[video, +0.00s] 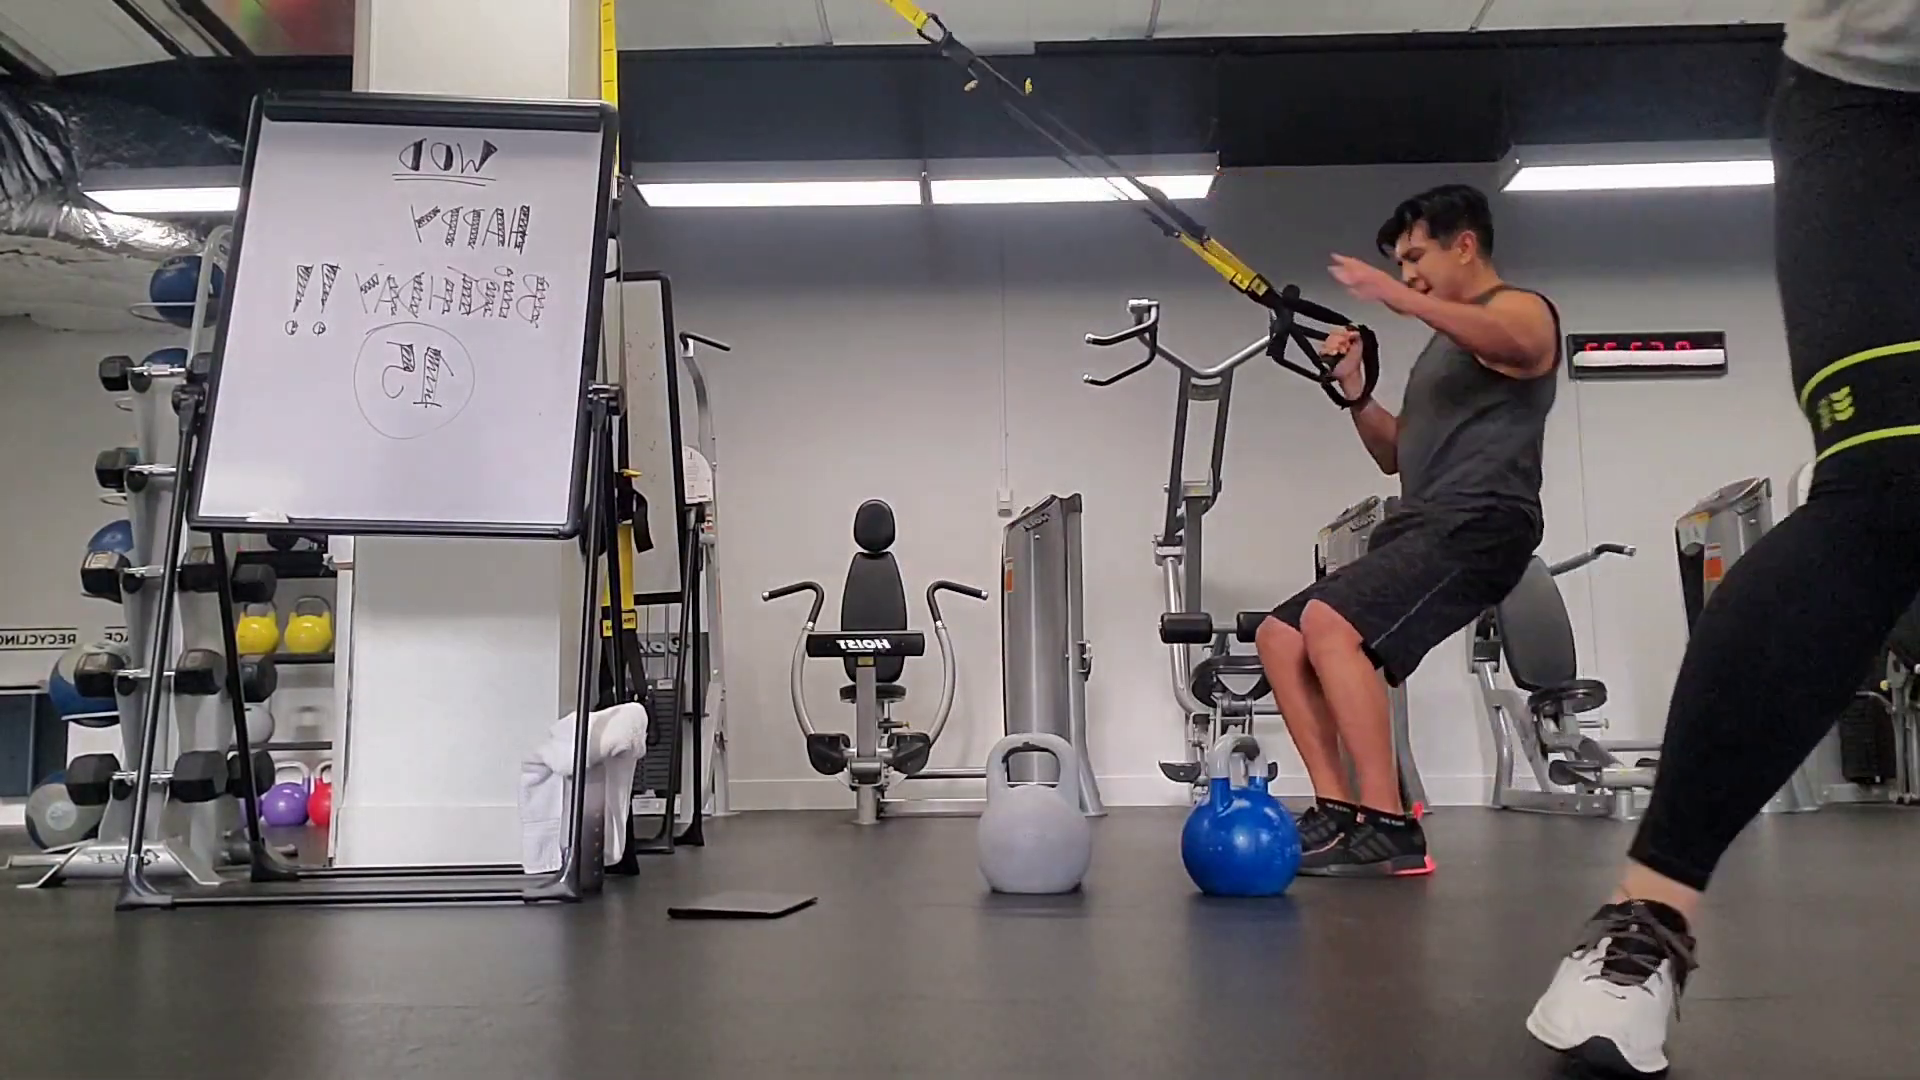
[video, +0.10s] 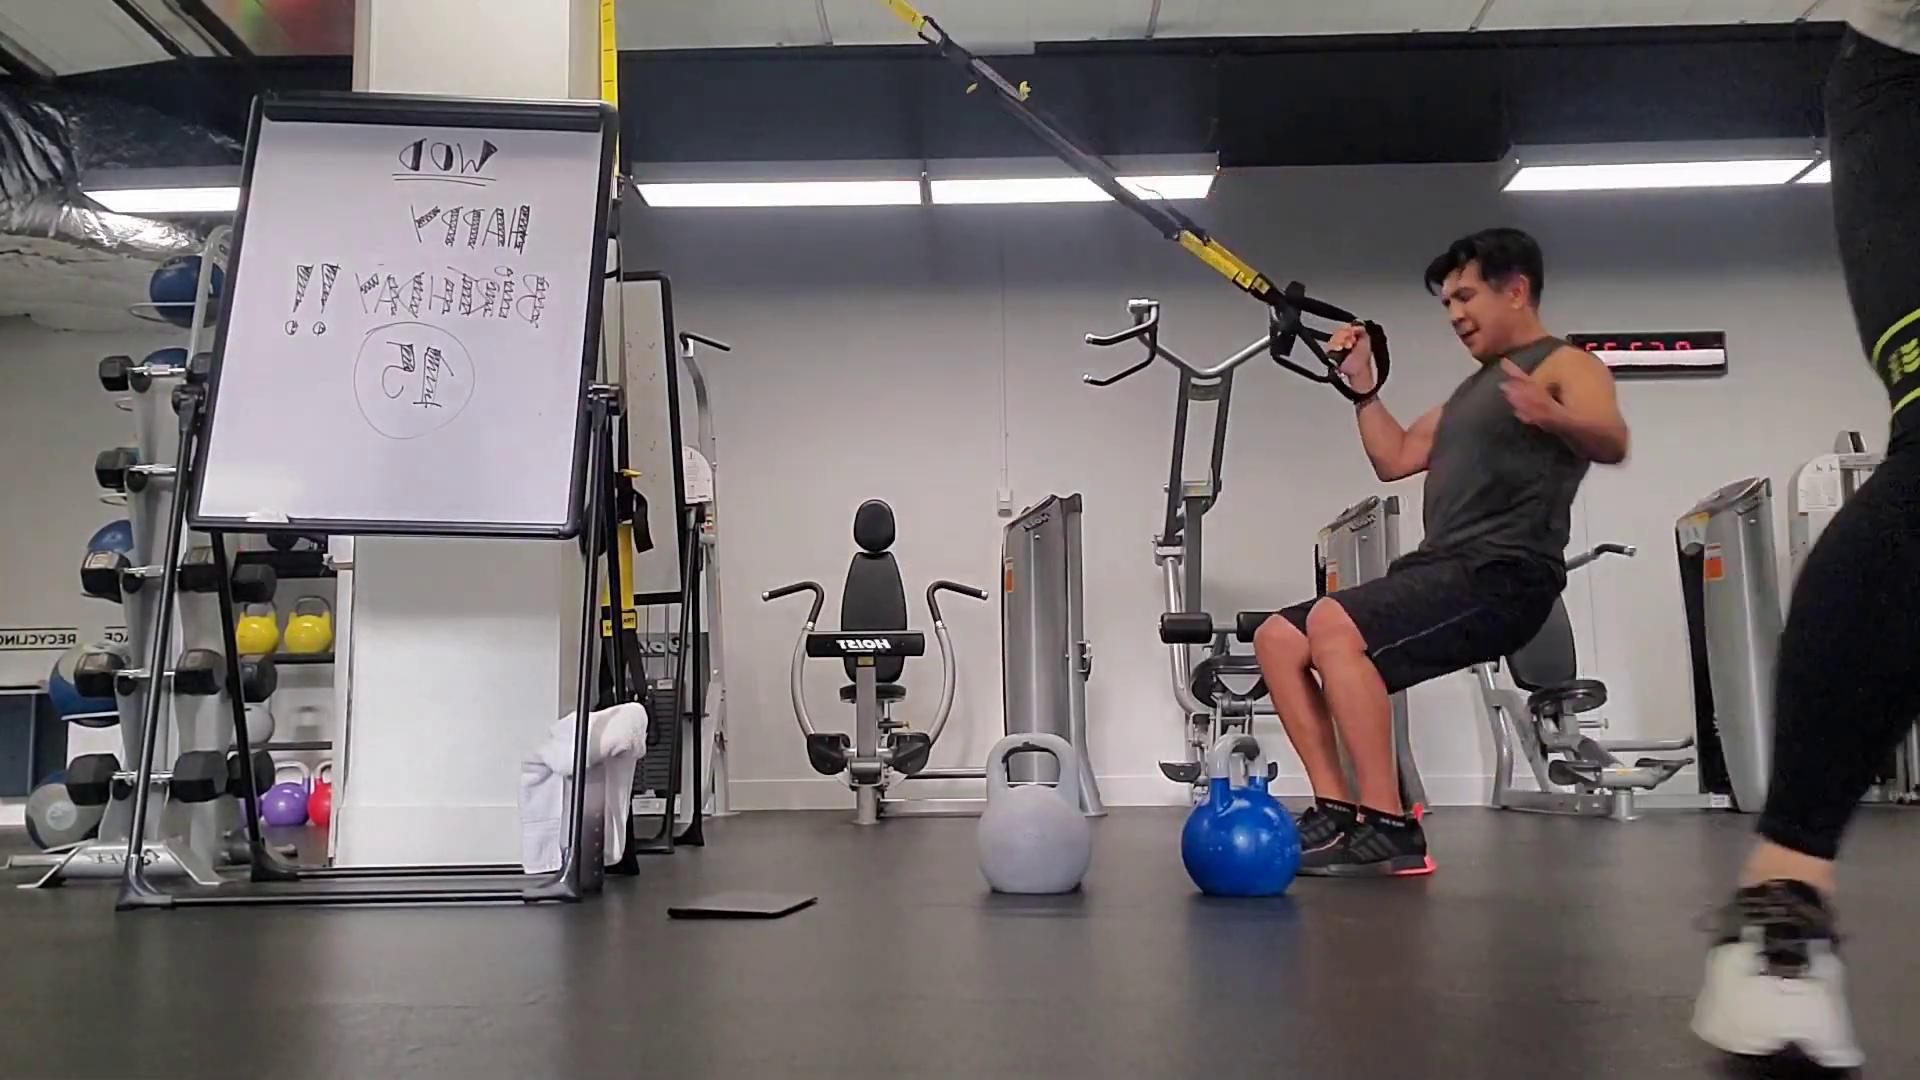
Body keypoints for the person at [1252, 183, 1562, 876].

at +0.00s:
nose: (1408, 277)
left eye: (1416, 257)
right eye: (1401, 264)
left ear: (1466, 244)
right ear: (1459, 254)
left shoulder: (1522, 306)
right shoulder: (1444, 348)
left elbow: (1523, 345)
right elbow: (1401, 456)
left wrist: (1405, 296)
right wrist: (1359, 398)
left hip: (1482, 522)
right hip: (1422, 526)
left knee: (1329, 621)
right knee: (1279, 635)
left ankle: (1389, 824)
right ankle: (1339, 813)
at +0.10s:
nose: (1453, 315)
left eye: (1465, 297)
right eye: (1449, 303)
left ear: (1518, 289)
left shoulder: (1565, 362)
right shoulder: (1470, 393)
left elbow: (1614, 444)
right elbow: (1394, 459)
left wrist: (1554, 414)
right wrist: (1363, 388)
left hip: (1505, 571)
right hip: (1441, 568)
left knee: (1335, 625)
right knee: (1277, 638)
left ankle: (1387, 824)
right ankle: (1337, 810)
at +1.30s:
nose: (1436, 195)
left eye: (1451, 181)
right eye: (1441, 183)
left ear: (1495, 192)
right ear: (1490, 196)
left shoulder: (1491, 247)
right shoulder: (1474, 271)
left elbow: (1365, 237)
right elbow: (1440, 407)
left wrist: (1252, 186)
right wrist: (1389, 363)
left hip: (1458, 460)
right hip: (1421, 463)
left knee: (1344, 617)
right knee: (1301, 612)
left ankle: (1389, 824)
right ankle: (1332, 804)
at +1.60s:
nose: (1357, 170)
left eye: (1369, 159)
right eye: (1364, 159)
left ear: (1406, 169)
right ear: (1418, 177)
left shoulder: (1365, 211)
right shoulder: (1448, 271)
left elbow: (1239, 175)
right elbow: (1454, 396)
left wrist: (1132, 132)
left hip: (1375, 437)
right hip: (1405, 441)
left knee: (1354, 618)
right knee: (1320, 626)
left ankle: (1388, 821)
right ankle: (1319, 808)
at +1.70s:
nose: (1338, 177)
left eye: (1351, 165)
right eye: (1345, 165)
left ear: (1390, 175)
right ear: (1400, 183)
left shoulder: (1348, 215)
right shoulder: (1433, 273)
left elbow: (1222, 183)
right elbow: (1444, 399)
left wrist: (1115, 146)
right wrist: (1340, 362)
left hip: (1362, 438)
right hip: (1395, 441)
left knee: (1345, 614)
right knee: (1315, 625)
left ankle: (1385, 813)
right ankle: (1318, 807)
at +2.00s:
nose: (1333, 188)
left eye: (1343, 175)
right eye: (1337, 176)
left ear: (1383, 178)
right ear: (1395, 186)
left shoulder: (1370, 225)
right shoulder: (1423, 274)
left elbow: (1250, 191)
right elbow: (1431, 400)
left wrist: (1140, 147)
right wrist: (1333, 362)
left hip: (1375, 439)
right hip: (1370, 446)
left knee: (1344, 616)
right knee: (1309, 629)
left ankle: (1387, 816)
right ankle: (1316, 808)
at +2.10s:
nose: (1346, 186)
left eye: (1357, 173)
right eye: (1349, 175)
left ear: (1402, 180)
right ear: (1403, 185)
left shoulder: (1406, 228)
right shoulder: (1396, 258)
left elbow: (1301, 194)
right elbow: (1408, 369)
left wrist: (1190, 144)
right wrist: (1340, 353)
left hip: (1401, 440)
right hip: (1360, 447)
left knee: (1350, 616)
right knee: (1304, 625)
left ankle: (1386, 817)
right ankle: (1314, 807)